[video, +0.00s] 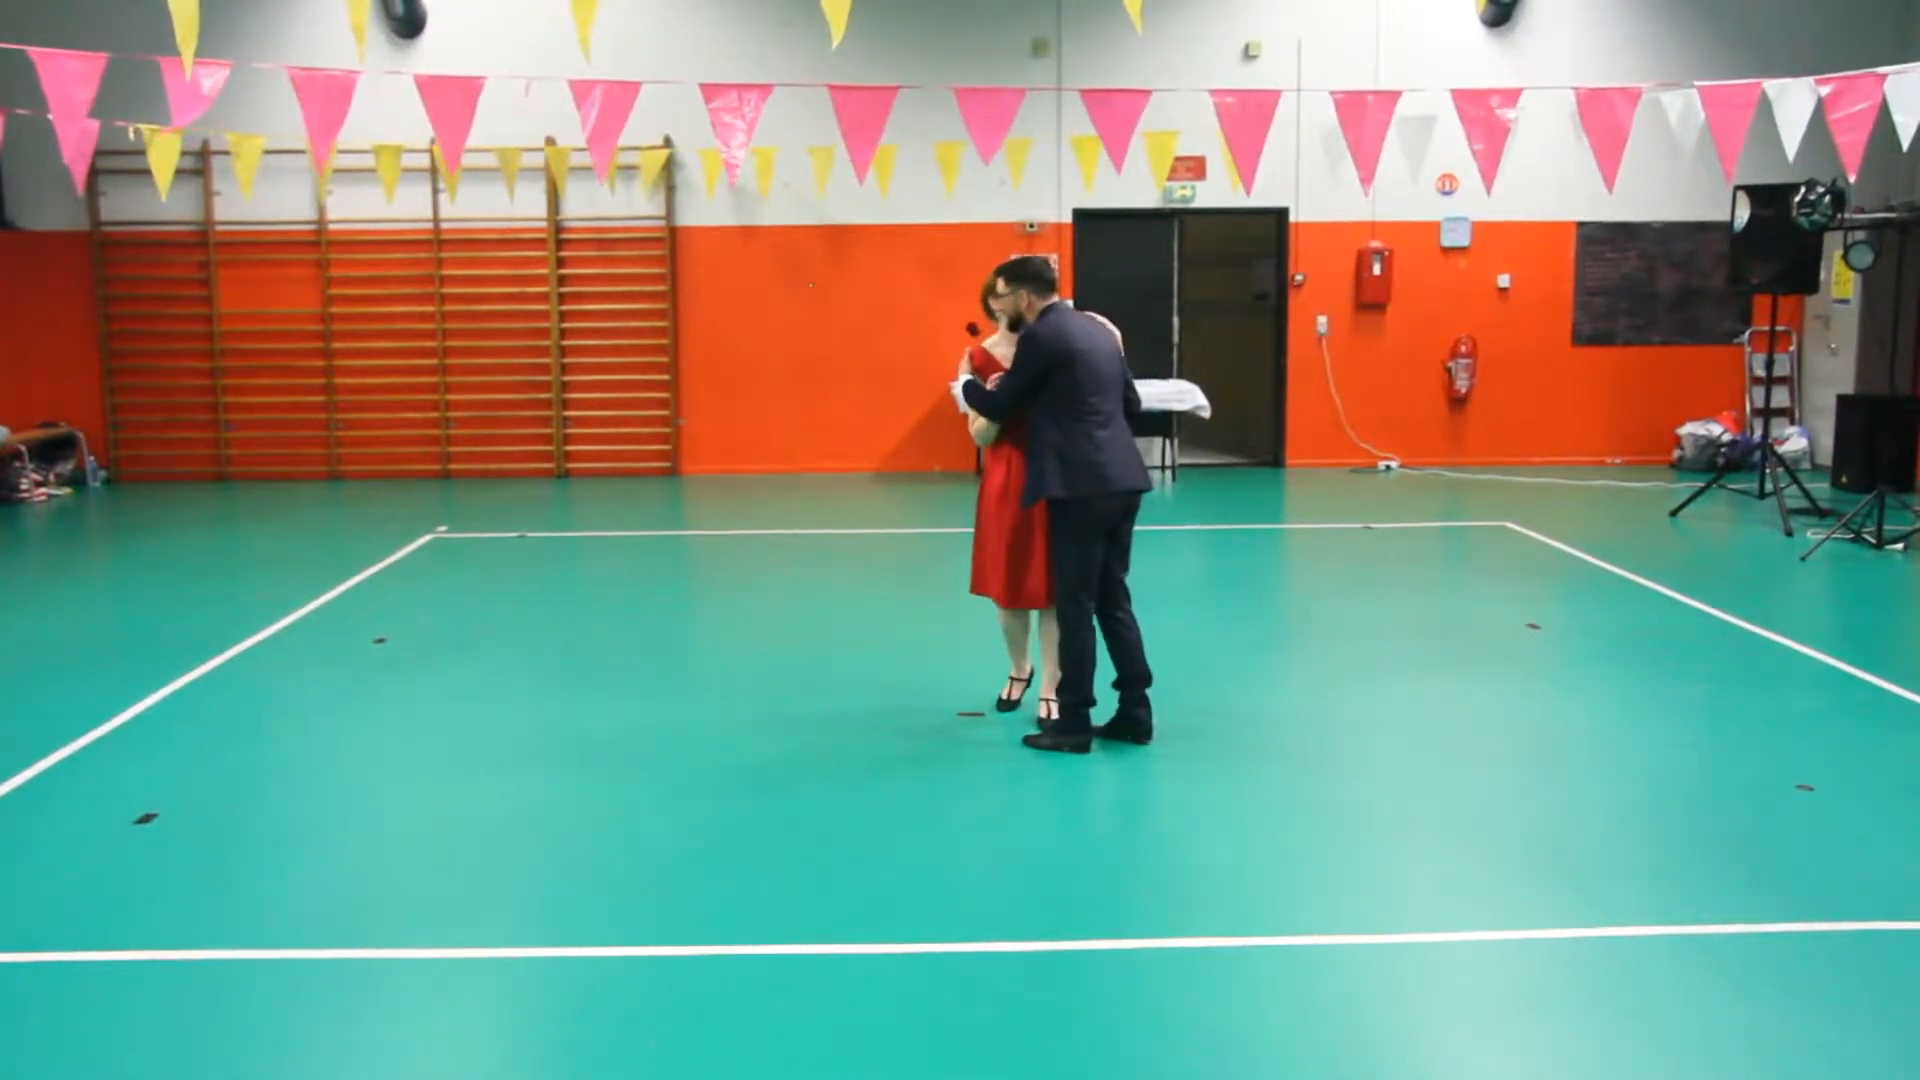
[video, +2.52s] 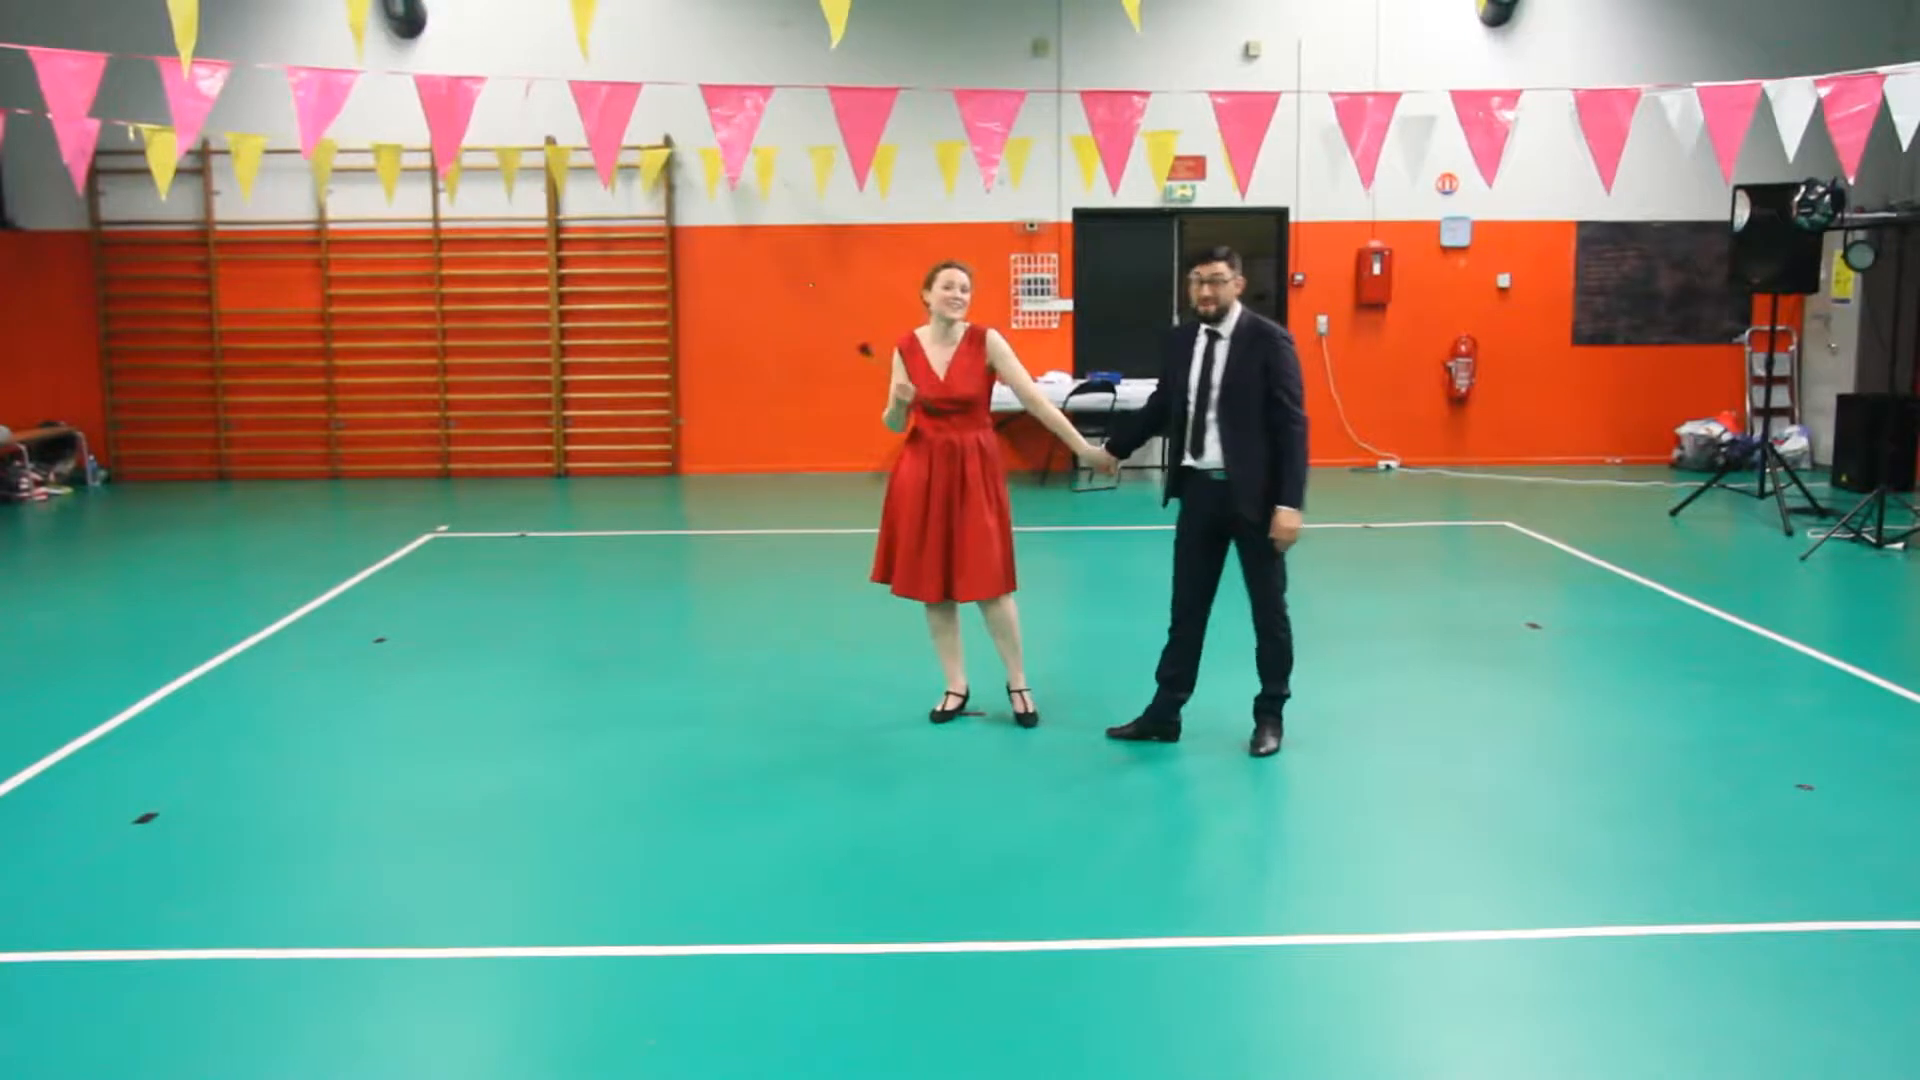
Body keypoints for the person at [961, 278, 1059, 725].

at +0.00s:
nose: (1003, 301)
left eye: (1010, 292)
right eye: (996, 294)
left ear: (1026, 296)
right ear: (988, 301)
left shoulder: (1053, 348)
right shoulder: (980, 355)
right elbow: (981, 432)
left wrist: (1112, 343)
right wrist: (1004, 388)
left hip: (1055, 473)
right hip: (1004, 475)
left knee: (1054, 588)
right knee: (1008, 585)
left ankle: (1051, 687)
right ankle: (1019, 670)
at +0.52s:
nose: (1026, 295)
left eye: (1030, 286)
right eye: (1015, 290)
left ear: (1042, 291)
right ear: (998, 300)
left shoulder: (1064, 345)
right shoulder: (987, 356)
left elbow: (1077, 407)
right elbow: (978, 429)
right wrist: (1007, 392)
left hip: (1056, 472)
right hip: (1004, 475)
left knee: (1056, 587)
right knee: (1005, 587)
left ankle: (1051, 688)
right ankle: (1013, 666)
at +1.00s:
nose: (995, 292)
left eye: (1003, 284)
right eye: (985, 285)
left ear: (1016, 291)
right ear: (971, 296)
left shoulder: (1038, 339)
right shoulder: (958, 350)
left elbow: (1087, 380)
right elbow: (943, 424)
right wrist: (976, 415)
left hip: (1028, 472)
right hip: (972, 476)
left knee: (1036, 590)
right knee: (964, 587)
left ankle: (1047, 690)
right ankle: (955, 686)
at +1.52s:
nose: (960, 297)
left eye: (969, 290)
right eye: (952, 290)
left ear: (984, 298)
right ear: (939, 298)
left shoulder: (1006, 345)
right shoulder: (928, 351)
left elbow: (1049, 398)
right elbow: (911, 420)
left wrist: (1039, 453)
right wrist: (935, 415)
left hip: (988, 472)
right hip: (938, 472)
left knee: (997, 589)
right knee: (939, 587)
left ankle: (1038, 688)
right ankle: (955, 687)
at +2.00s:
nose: (964, 298)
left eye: (971, 290)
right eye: (956, 290)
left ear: (980, 297)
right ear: (936, 295)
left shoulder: (995, 343)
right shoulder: (915, 350)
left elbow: (1023, 410)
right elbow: (898, 421)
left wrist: (1056, 471)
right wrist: (927, 416)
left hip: (980, 473)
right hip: (928, 474)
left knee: (993, 588)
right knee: (940, 590)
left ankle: (1037, 687)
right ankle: (955, 687)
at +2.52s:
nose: (957, 295)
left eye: (964, 289)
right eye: (947, 287)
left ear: (971, 299)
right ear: (926, 295)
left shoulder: (987, 342)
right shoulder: (907, 348)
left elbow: (1035, 401)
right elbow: (894, 424)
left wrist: (1084, 450)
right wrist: (898, 403)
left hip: (976, 469)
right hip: (925, 470)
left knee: (991, 585)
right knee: (936, 587)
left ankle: (1018, 686)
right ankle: (955, 688)